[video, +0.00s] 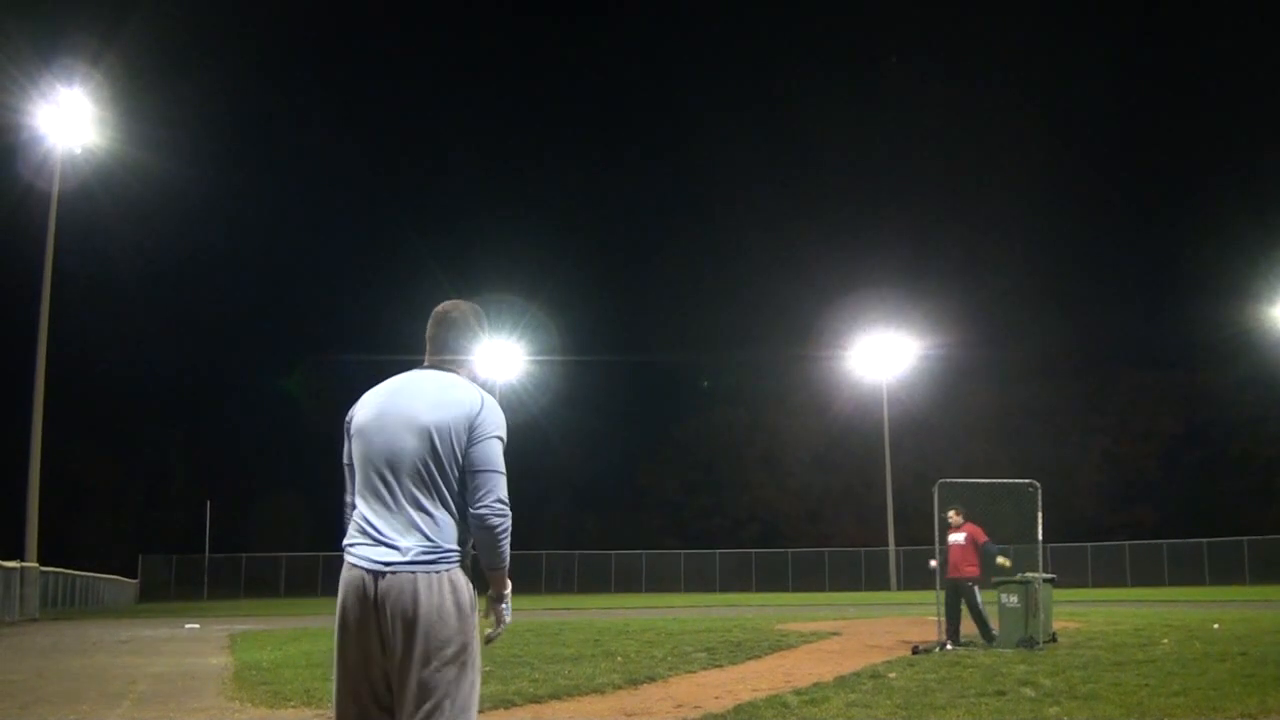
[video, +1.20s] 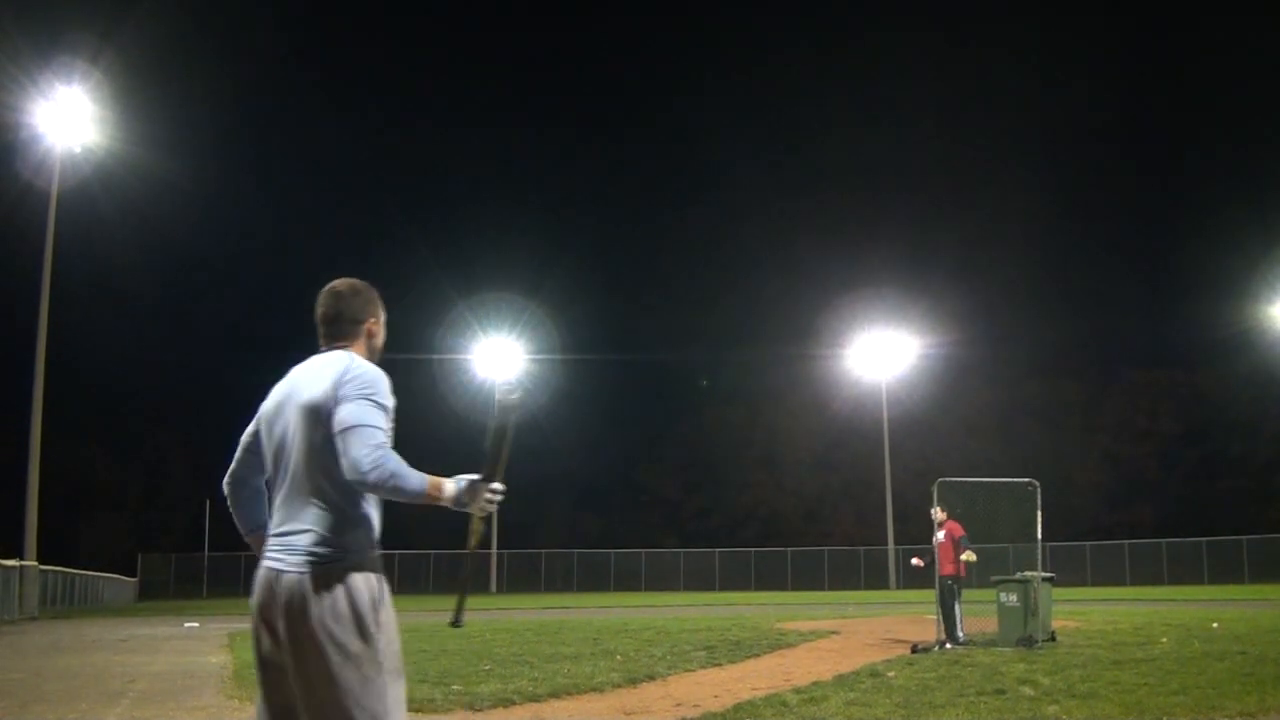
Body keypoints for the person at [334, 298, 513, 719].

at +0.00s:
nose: (487, 360)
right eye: (484, 350)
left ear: (428, 347)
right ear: (476, 353)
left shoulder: (366, 402)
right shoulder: (479, 406)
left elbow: (353, 505)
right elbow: (489, 512)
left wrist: (365, 564)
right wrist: (499, 587)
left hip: (357, 583)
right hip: (433, 589)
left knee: (358, 712)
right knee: (440, 712)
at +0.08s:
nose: (484, 350)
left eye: (482, 342)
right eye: (483, 342)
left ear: (425, 342)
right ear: (474, 346)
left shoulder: (369, 399)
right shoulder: (474, 401)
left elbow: (374, 495)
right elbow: (489, 507)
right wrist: (511, 587)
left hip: (356, 584)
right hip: (430, 586)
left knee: (361, 713)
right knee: (434, 711)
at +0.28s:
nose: (478, 344)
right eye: (477, 334)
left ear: (420, 335)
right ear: (472, 338)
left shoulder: (375, 390)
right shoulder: (460, 392)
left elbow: (394, 496)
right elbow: (489, 495)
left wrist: (457, 547)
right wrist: (567, 558)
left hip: (355, 583)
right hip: (422, 587)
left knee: (365, 713)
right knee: (429, 711)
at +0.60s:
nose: (469, 334)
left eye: (469, 325)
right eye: (468, 324)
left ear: (409, 326)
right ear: (459, 327)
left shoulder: (366, 385)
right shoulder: (439, 384)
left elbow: (381, 499)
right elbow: (448, 481)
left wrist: (446, 547)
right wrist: (546, 490)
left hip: (350, 583)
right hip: (412, 585)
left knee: (369, 711)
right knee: (426, 710)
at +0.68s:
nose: (459, 330)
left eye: (458, 320)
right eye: (458, 320)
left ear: (398, 323)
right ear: (448, 326)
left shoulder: (355, 386)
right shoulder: (430, 384)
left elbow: (327, 481)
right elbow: (437, 482)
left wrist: (384, 519)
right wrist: (537, 490)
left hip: (348, 584)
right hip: (408, 585)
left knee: (367, 711)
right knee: (426, 711)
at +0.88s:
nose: (434, 330)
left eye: (433, 320)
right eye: (433, 320)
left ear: (376, 321)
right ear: (423, 324)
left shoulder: (326, 387)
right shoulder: (405, 382)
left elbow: (276, 459)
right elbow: (409, 479)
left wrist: (323, 531)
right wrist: (508, 488)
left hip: (332, 585)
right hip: (395, 585)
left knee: (346, 710)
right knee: (417, 710)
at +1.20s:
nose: (382, 333)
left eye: (381, 323)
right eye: (381, 323)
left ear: (323, 328)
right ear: (372, 326)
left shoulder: (284, 388)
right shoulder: (361, 375)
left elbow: (239, 482)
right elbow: (365, 463)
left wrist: (272, 551)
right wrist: (450, 490)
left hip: (272, 582)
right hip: (337, 585)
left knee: (284, 713)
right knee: (373, 712)